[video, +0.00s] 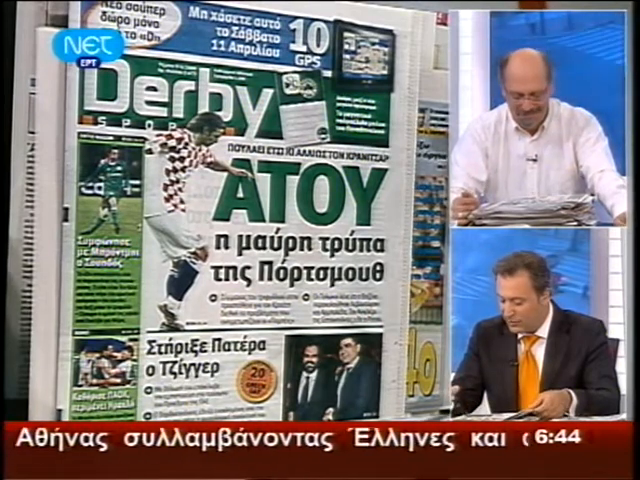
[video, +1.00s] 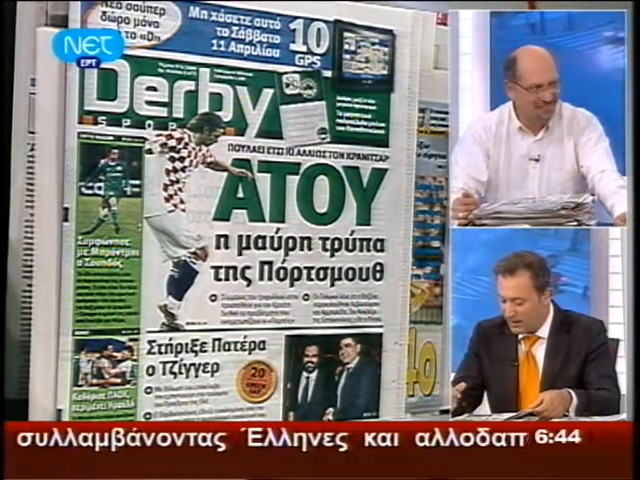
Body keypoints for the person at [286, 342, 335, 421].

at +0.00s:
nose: (310, 360)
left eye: (314, 356)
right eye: (307, 356)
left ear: (320, 359)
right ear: (302, 358)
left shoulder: (326, 377)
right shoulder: (295, 375)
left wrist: (330, 411)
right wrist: (290, 412)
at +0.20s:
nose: (310, 360)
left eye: (314, 356)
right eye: (307, 356)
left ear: (320, 359)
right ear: (302, 358)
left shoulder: (326, 377)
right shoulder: (295, 375)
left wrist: (330, 411)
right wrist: (290, 413)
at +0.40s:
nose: (310, 360)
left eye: (314, 356)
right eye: (307, 356)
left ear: (320, 359)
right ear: (302, 358)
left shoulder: (326, 377)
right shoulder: (295, 375)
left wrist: (330, 411)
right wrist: (290, 413)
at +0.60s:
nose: (310, 360)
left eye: (314, 356)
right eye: (307, 356)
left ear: (320, 359)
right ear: (302, 358)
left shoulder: (326, 377)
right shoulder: (296, 375)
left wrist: (330, 411)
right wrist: (291, 412)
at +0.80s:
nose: (310, 360)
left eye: (314, 356)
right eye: (307, 356)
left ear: (320, 359)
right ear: (302, 358)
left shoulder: (326, 377)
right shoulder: (296, 375)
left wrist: (330, 411)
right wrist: (291, 412)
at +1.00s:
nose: (310, 360)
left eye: (314, 356)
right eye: (307, 356)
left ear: (320, 359)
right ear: (302, 358)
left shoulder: (326, 377)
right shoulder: (296, 375)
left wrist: (330, 411)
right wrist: (291, 412)